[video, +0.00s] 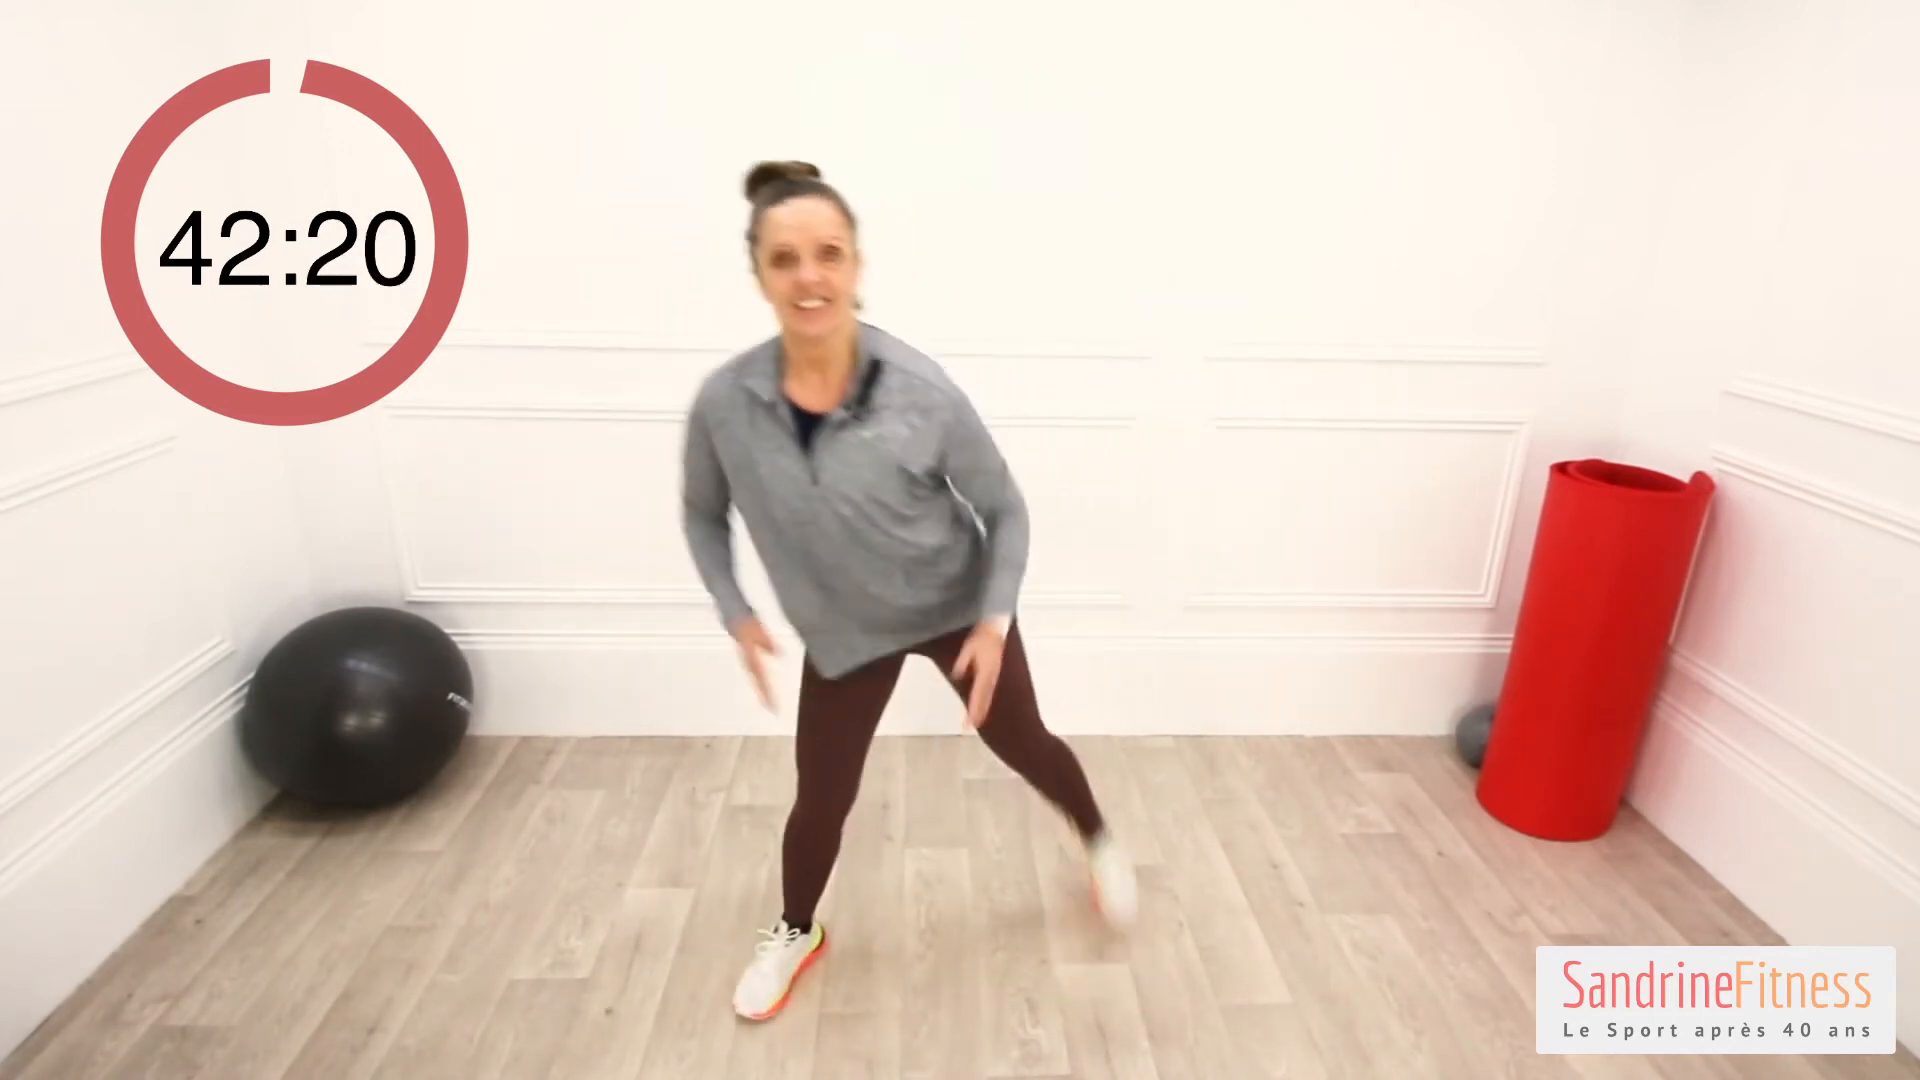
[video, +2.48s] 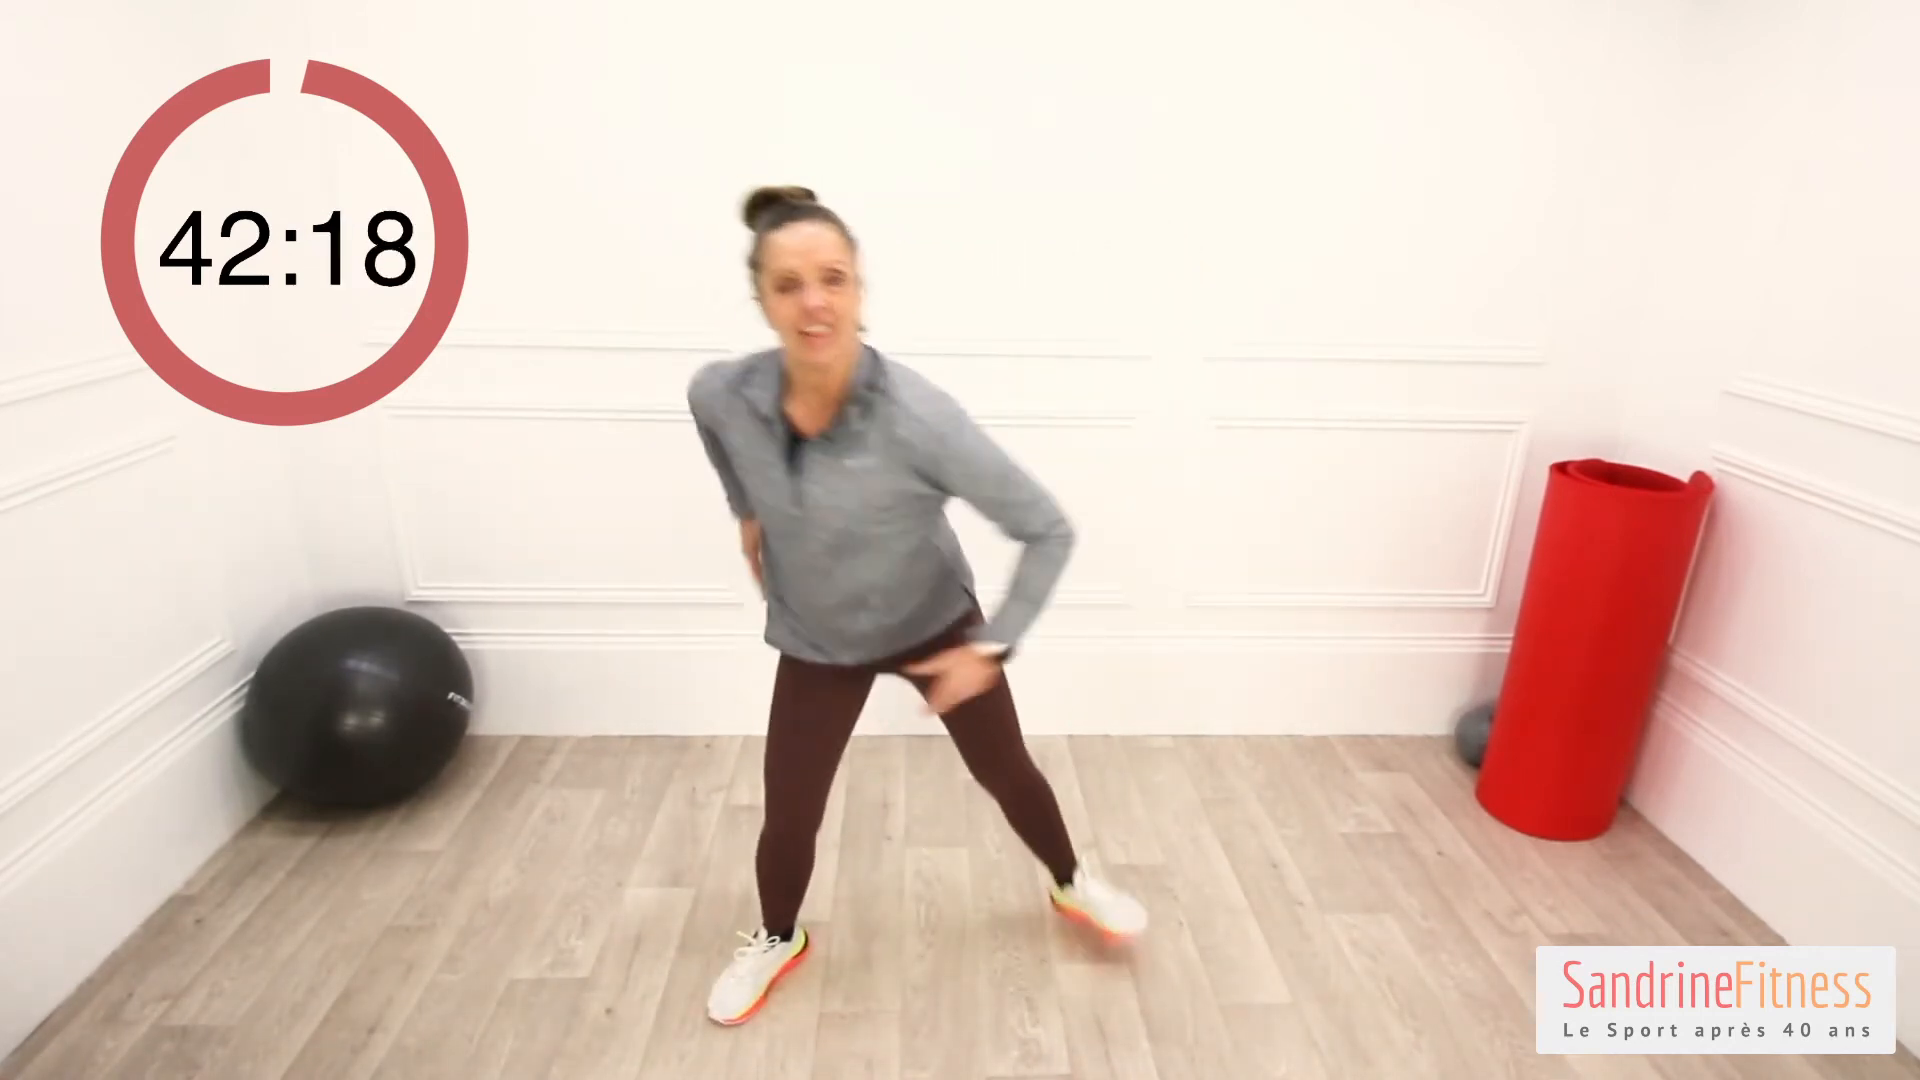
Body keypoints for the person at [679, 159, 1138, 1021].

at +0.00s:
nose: (809, 280)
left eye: (828, 255)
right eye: (784, 261)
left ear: (858, 266)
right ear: (758, 280)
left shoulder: (922, 393)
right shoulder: (724, 405)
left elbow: (1006, 512)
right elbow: (704, 515)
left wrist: (994, 622)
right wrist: (738, 615)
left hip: (956, 607)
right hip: (844, 629)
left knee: (1023, 744)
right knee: (821, 795)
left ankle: (1099, 841)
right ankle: (795, 930)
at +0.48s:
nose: (822, 271)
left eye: (839, 247)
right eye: (796, 254)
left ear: (863, 256)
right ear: (764, 272)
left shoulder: (927, 378)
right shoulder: (725, 400)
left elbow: (1005, 496)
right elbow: (722, 529)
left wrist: (963, 570)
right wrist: (792, 598)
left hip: (934, 607)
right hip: (822, 624)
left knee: (999, 759)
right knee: (814, 803)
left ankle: (1024, 797)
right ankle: (796, 931)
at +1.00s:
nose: (1118, 278)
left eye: (1135, 255)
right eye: (1092, 262)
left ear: (1158, 267)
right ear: (1061, 282)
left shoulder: (1198, 404)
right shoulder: (1006, 395)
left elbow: (1193, 506)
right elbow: (922, 483)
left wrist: (1167, 587)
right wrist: (944, 593)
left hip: (1067, 626)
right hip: (964, 599)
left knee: (1076, 791)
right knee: (881, 766)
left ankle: (1097, 917)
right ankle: (790, 803)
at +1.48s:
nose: (1080, 282)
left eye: (1100, 259)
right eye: (1057, 264)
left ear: (1129, 271)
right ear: (1031, 282)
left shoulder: (1180, 391)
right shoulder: (983, 393)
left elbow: (1216, 451)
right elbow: (924, 525)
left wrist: (1180, 543)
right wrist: (984, 582)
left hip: (1084, 629)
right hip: (970, 612)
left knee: (1085, 790)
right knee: (892, 758)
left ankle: (1098, 916)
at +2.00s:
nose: (766, 280)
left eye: (787, 257)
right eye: (743, 263)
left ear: (826, 270)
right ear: (724, 281)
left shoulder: (876, 383)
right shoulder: (723, 384)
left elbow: (890, 522)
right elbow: (766, 495)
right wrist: (787, 569)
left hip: (937, 595)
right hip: (835, 612)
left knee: (1004, 737)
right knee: (805, 796)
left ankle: (1086, 840)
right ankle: (779, 936)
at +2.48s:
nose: (814, 305)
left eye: (833, 280)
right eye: (788, 287)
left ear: (861, 290)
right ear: (761, 305)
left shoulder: (917, 419)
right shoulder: (723, 396)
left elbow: (1050, 532)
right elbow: (717, 441)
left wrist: (990, 647)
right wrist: (748, 516)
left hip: (931, 622)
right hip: (815, 634)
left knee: (1007, 772)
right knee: (788, 813)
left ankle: (1072, 883)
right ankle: (778, 938)